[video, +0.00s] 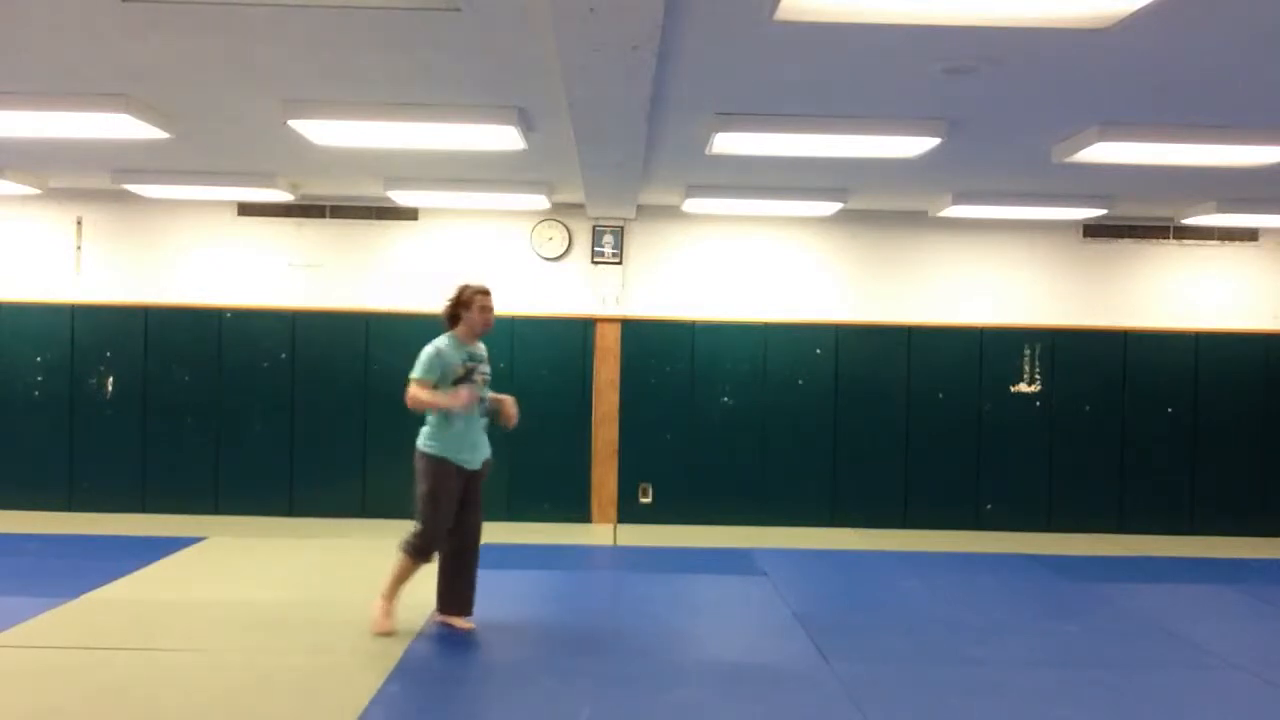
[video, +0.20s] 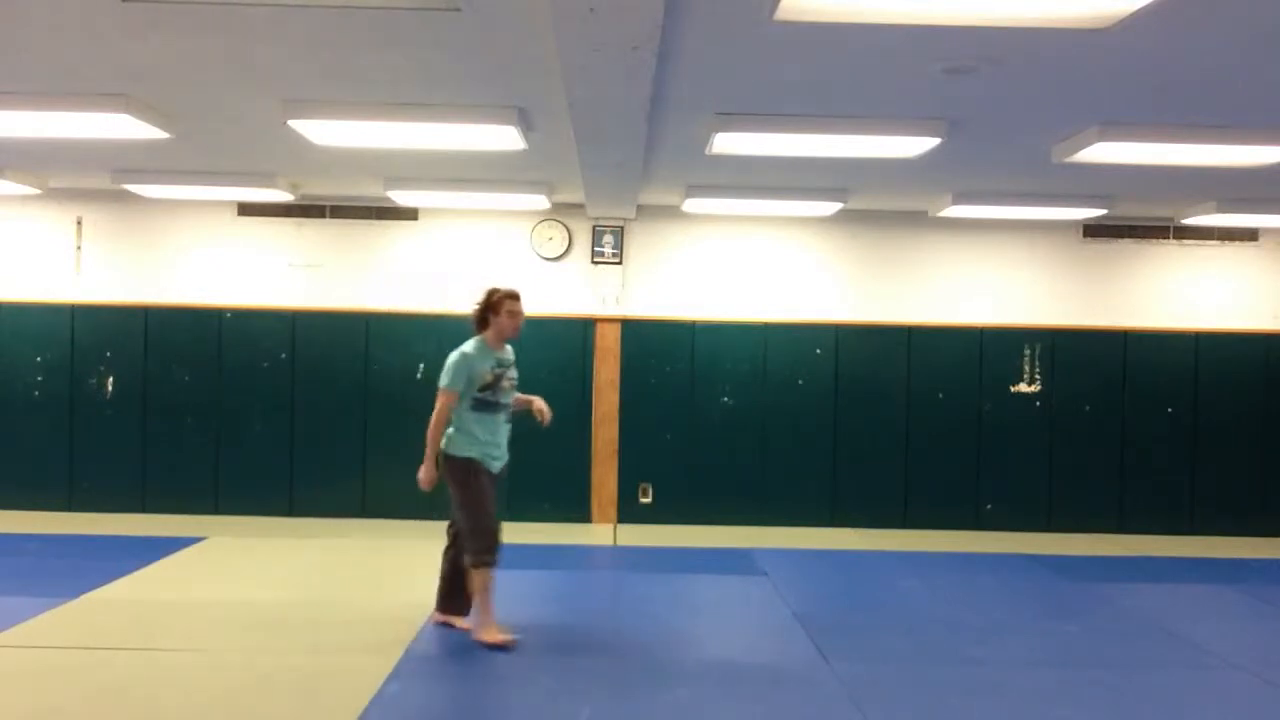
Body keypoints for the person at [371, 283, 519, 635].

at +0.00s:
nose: (490, 316)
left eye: (491, 310)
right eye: (483, 310)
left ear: (487, 314)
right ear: (463, 312)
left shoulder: (480, 352)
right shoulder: (437, 350)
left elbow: (470, 396)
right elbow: (414, 396)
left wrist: (499, 402)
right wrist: (450, 399)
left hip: (472, 455)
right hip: (438, 454)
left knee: (464, 536)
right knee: (432, 533)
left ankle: (451, 609)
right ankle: (387, 598)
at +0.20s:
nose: (518, 322)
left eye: (520, 315)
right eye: (511, 315)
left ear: (516, 320)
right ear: (491, 318)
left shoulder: (507, 356)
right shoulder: (465, 357)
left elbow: (500, 398)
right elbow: (442, 409)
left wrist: (531, 401)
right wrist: (429, 460)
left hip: (490, 457)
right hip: (463, 455)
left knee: (465, 532)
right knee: (482, 532)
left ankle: (447, 608)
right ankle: (483, 622)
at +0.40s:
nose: (546, 324)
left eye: (548, 318)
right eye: (539, 317)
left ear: (545, 322)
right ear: (519, 321)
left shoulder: (542, 357)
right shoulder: (492, 361)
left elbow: (531, 398)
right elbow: (460, 411)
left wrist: (554, 412)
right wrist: (445, 463)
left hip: (523, 463)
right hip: (493, 462)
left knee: (491, 537)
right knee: (515, 541)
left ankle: (456, 604)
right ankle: (536, 628)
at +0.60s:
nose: (574, 319)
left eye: (576, 312)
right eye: (566, 312)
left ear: (577, 316)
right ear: (545, 317)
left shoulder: (574, 350)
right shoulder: (523, 355)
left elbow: (572, 392)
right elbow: (498, 410)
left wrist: (586, 408)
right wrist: (506, 461)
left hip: (564, 464)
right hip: (527, 464)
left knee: (562, 542)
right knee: (531, 546)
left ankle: (515, 589)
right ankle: (538, 630)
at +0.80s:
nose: (606, 321)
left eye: (608, 315)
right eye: (598, 314)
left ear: (608, 318)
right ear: (577, 317)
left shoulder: (603, 357)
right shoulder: (554, 355)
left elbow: (595, 402)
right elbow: (531, 409)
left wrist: (625, 409)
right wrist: (566, 440)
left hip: (597, 470)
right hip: (554, 470)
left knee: (613, 549)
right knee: (547, 550)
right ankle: (539, 629)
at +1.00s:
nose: (644, 323)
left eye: (647, 316)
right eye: (635, 316)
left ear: (650, 320)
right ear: (615, 320)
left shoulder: (647, 358)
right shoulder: (595, 358)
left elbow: (638, 404)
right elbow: (568, 416)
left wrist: (667, 418)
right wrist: (589, 465)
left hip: (642, 480)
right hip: (600, 479)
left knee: (650, 563)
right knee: (580, 561)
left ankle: (662, 643)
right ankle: (549, 620)